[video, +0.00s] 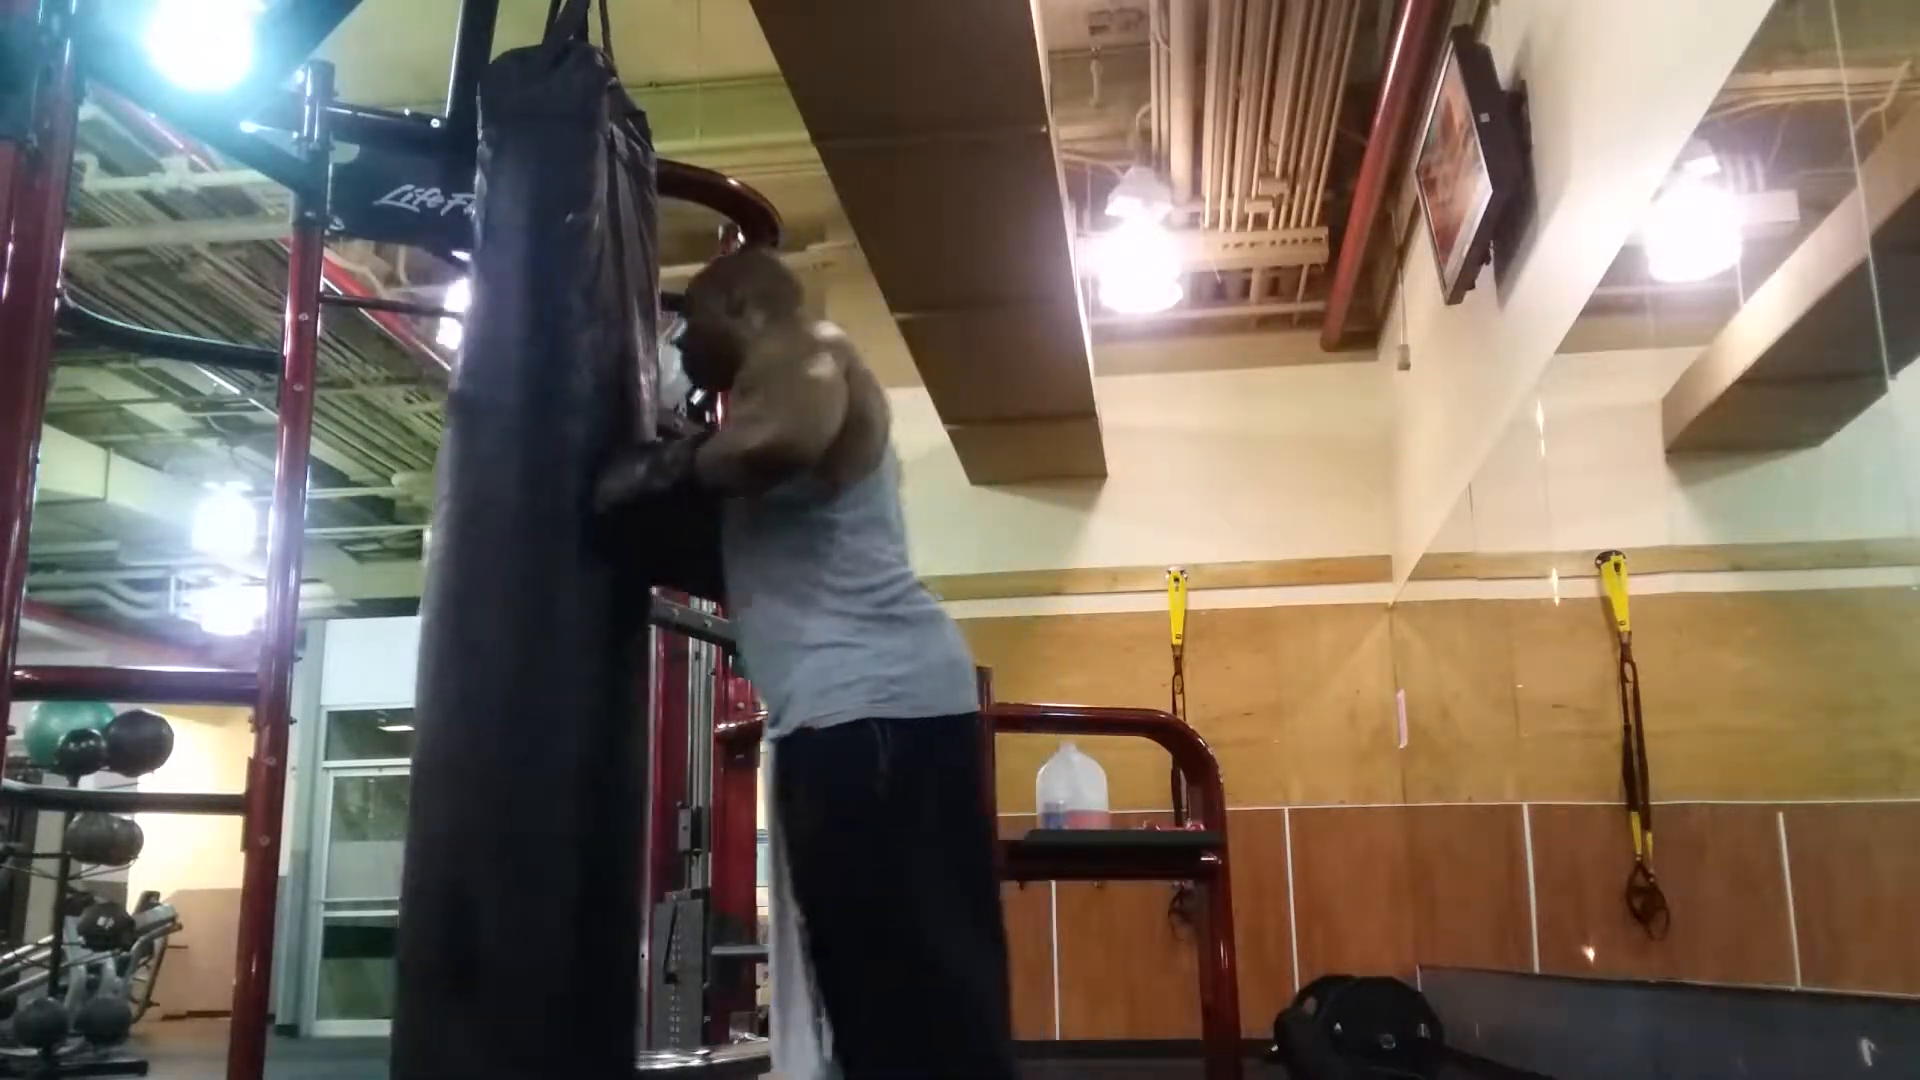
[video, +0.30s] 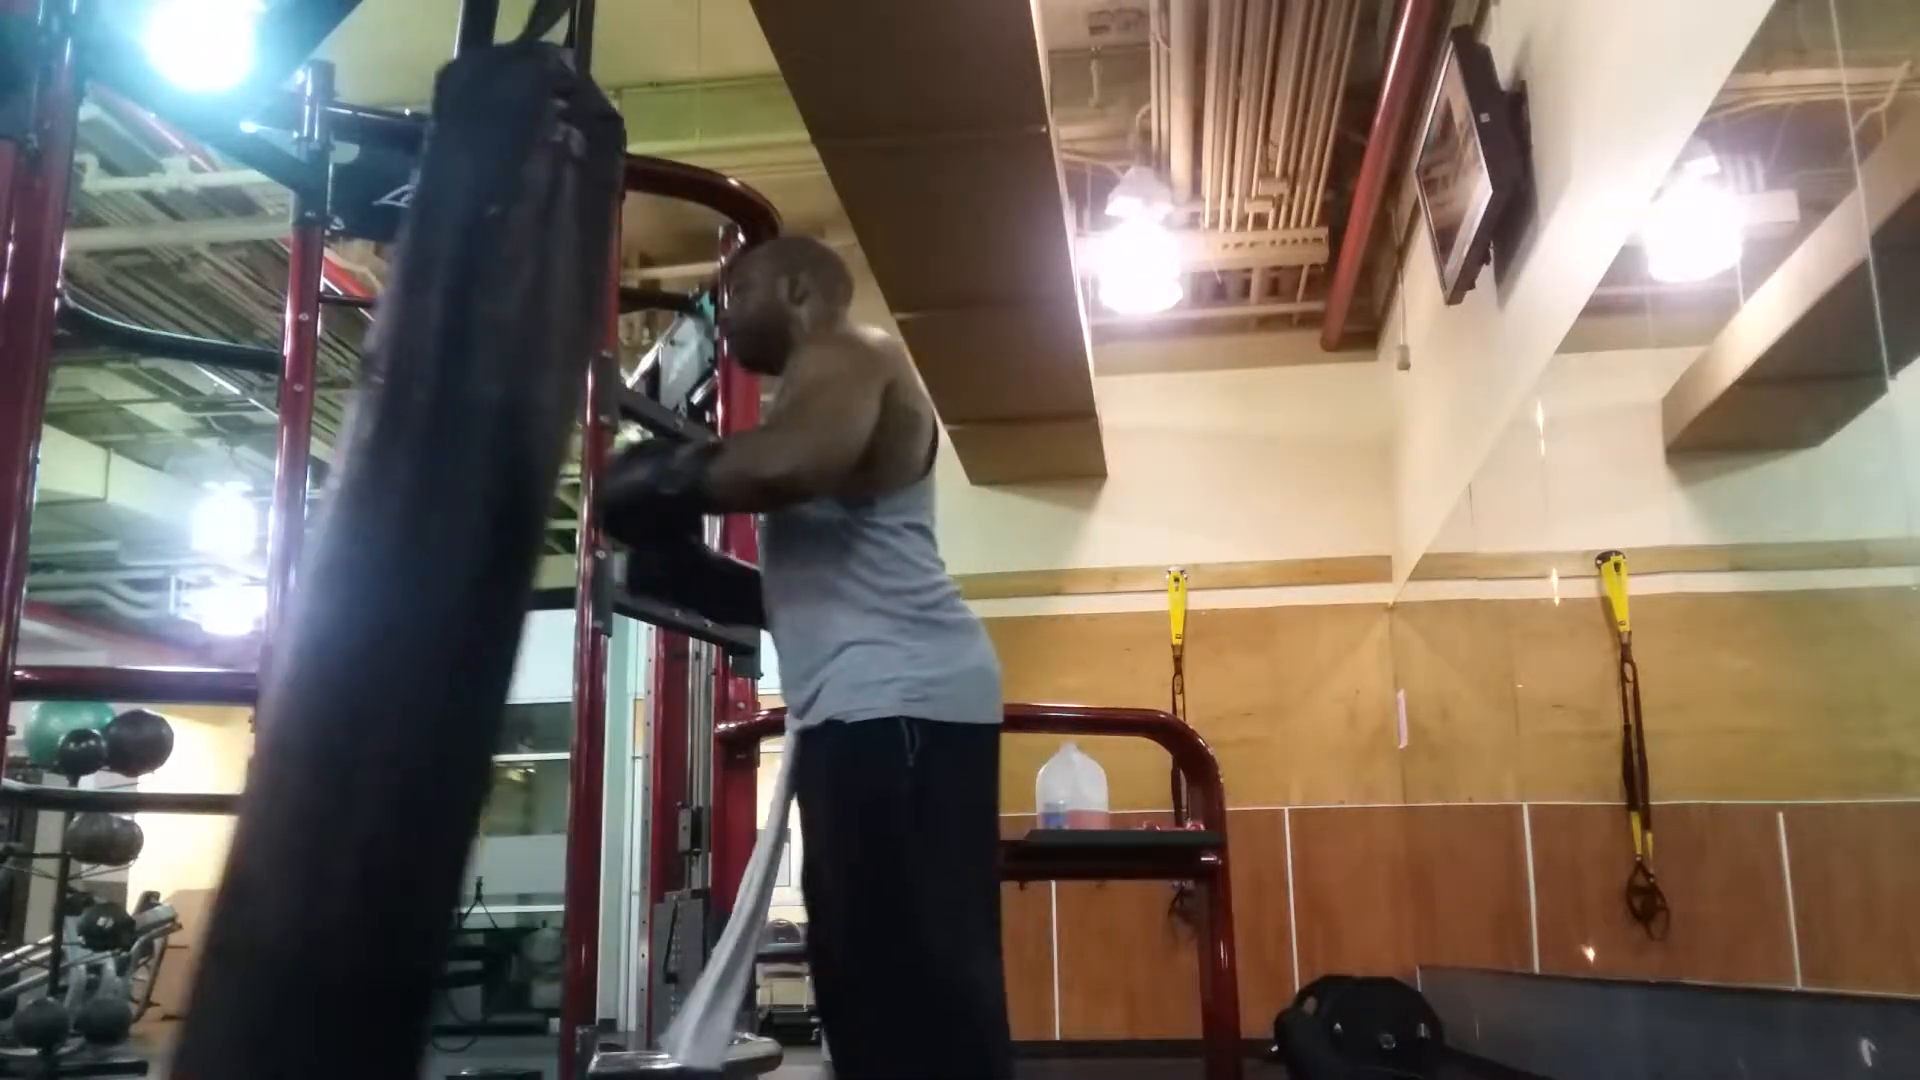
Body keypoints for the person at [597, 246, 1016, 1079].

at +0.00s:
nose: (684, 343)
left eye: (692, 316)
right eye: (681, 320)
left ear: (740, 306)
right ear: (764, 306)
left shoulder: (799, 350)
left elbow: (791, 430)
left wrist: (667, 468)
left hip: (869, 708)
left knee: (897, 1000)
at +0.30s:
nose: (725, 318)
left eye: (735, 294)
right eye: (724, 301)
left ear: (798, 290)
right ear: (806, 296)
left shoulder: (850, 350)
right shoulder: (831, 391)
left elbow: (801, 458)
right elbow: (806, 603)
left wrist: (653, 473)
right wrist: (667, 555)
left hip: (897, 705)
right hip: (866, 707)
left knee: (901, 986)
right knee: (873, 982)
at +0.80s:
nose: (781, 276)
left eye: (796, 255)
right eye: (784, 258)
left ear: (859, 259)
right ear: (862, 266)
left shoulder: (920, 333)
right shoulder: (863, 380)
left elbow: (877, 470)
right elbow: (902, 564)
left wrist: (786, 503)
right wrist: (814, 617)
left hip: (949, 689)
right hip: (905, 692)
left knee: (938, 994)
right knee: (920, 990)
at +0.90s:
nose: (800, 265)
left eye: (815, 244)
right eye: (804, 247)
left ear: (877, 246)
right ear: (882, 252)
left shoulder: (935, 324)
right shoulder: (882, 368)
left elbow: (882, 476)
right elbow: (923, 555)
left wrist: (799, 492)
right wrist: (843, 606)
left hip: (958, 693)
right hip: (921, 696)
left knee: (953, 1010)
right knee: (941, 1010)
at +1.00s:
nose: (811, 256)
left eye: (824, 235)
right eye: (815, 237)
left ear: (880, 234)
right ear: (895, 241)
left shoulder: (938, 313)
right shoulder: (938, 331)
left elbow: (885, 474)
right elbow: (963, 546)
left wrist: (815, 489)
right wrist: (868, 608)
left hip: (971, 699)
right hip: (978, 698)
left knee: (960, 1020)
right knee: (983, 1016)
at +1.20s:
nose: (824, 239)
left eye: (828, 211)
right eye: (823, 215)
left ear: (873, 193)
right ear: (931, 201)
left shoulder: (943, 279)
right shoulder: (1023, 299)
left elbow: (873, 475)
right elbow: (1081, 505)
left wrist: (834, 488)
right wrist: (911, 587)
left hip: (1006, 680)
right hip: (1067, 670)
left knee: (1007, 1017)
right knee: (1060, 1008)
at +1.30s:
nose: (839, 236)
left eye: (841, 206)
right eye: (836, 211)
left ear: (883, 183)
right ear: (950, 187)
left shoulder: (944, 266)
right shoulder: (1049, 293)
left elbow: (869, 469)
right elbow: (1107, 510)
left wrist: (850, 474)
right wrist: (934, 566)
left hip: (1018, 673)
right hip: (1104, 665)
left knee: (1012, 1020)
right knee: (1084, 1010)